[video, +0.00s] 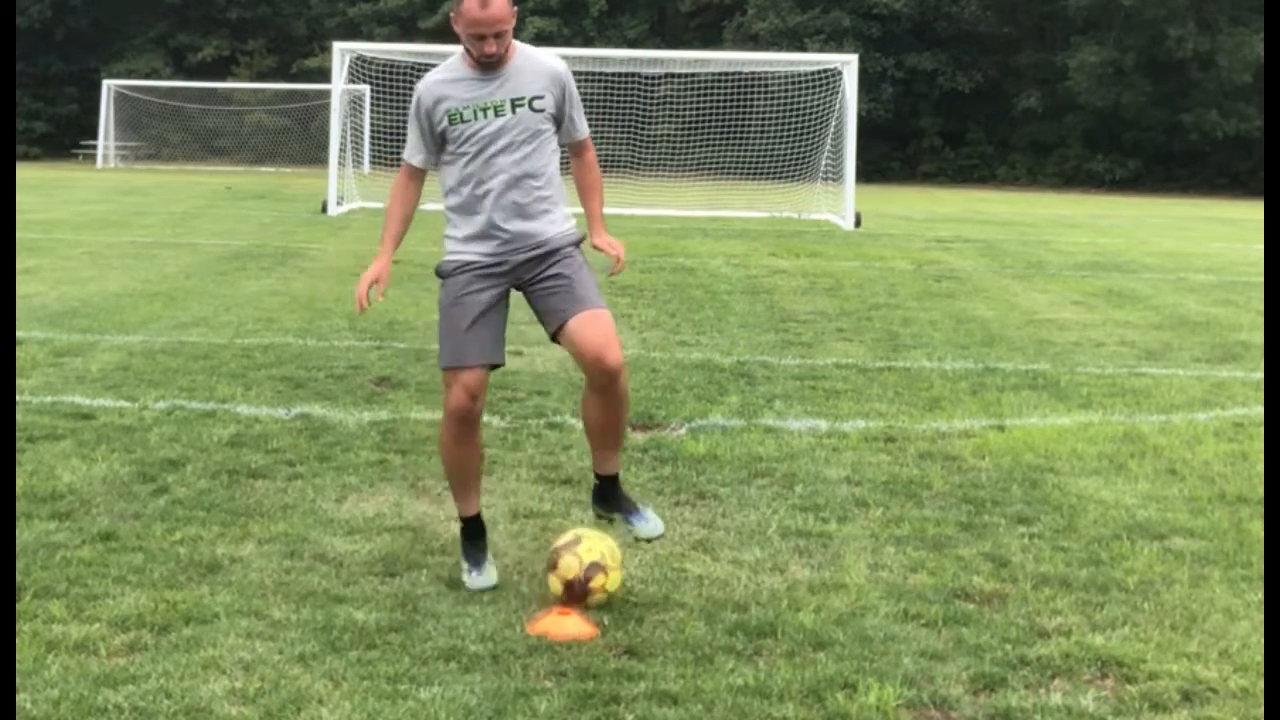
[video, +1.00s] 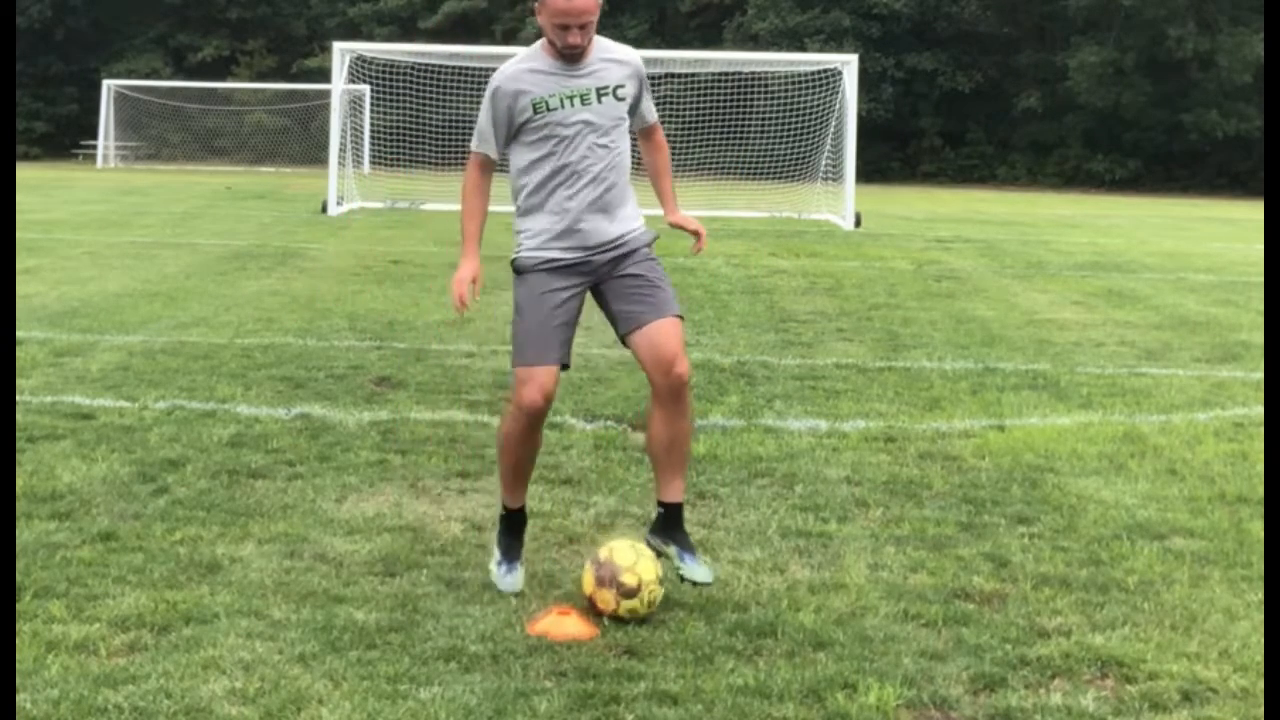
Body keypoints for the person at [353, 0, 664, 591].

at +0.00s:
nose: (490, 47)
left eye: (499, 34)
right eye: (478, 37)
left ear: (516, 18)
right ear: (456, 26)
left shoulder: (550, 71)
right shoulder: (433, 91)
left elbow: (581, 150)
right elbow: (411, 174)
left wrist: (597, 226)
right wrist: (384, 255)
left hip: (551, 247)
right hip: (472, 260)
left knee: (608, 362)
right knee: (462, 402)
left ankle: (609, 492)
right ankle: (472, 535)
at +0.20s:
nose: (502, 65)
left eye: (512, 52)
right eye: (489, 54)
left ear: (526, 36)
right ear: (466, 42)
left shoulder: (557, 89)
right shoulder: (441, 109)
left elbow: (588, 168)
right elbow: (416, 195)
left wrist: (614, 246)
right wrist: (397, 276)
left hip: (563, 264)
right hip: (484, 279)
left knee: (628, 373)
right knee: (483, 417)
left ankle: (620, 521)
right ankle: (494, 554)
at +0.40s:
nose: (515, 77)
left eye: (524, 63)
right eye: (502, 66)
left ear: (537, 50)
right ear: (478, 54)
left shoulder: (565, 100)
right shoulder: (457, 123)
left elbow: (596, 181)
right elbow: (423, 212)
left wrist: (629, 257)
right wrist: (411, 299)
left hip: (577, 278)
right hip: (499, 293)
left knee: (644, 384)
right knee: (492, 430)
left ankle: (640, 537)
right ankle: (497, 560)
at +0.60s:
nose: (532, 68)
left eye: (542, 54)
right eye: (519, 57)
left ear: (553, 39)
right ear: (494, 44)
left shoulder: (581, 92)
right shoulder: (472, 114)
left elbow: (609, 163)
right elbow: (441, 205)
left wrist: (637, 237)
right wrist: (431, 293)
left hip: (590, 275)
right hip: (512, 290)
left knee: (660, 382)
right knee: (500, 426)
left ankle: (657, 537)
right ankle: (497, 558)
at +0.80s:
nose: (554, 47)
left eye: (563, 34)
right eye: (541, 36)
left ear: (576, 20)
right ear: (516, 25)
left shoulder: (603, 73)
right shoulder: (491, 93)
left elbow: (626, 137)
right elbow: (461, 181)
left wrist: (650, 211)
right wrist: (452, 267)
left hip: (608, 259)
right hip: (531, 274)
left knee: (670, 372)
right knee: (515, 410)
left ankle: (666, 526)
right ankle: (498, 547)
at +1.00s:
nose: (573, 39)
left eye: (584, 26)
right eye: (560, 27)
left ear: (600, 12)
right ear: (537, 14)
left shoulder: (626, 65)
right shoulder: (510, 82)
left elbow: (650, 133)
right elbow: (480, 167)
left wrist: (670, 207)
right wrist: (469, 256)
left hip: (625, 246)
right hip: (547, 258)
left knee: (674, 372)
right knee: (532, 398)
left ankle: (670, 526)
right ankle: (511, 528)